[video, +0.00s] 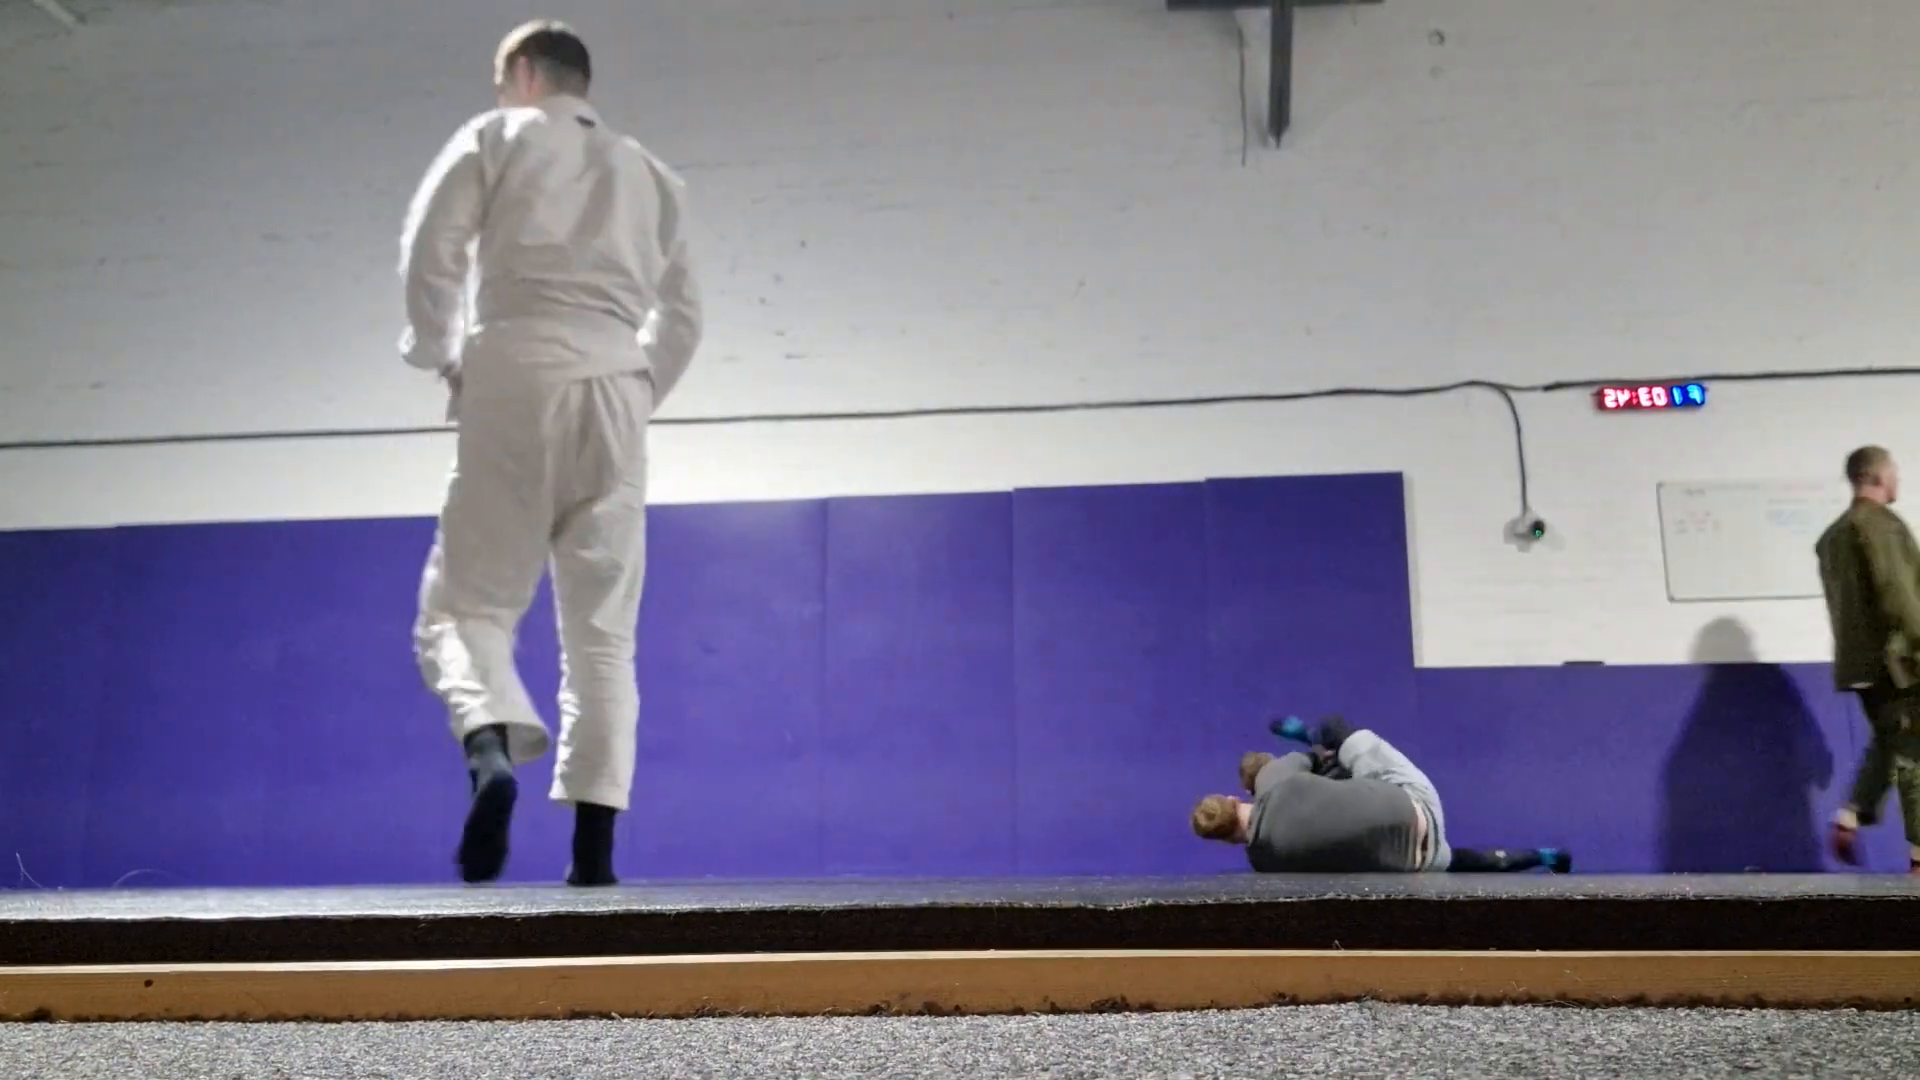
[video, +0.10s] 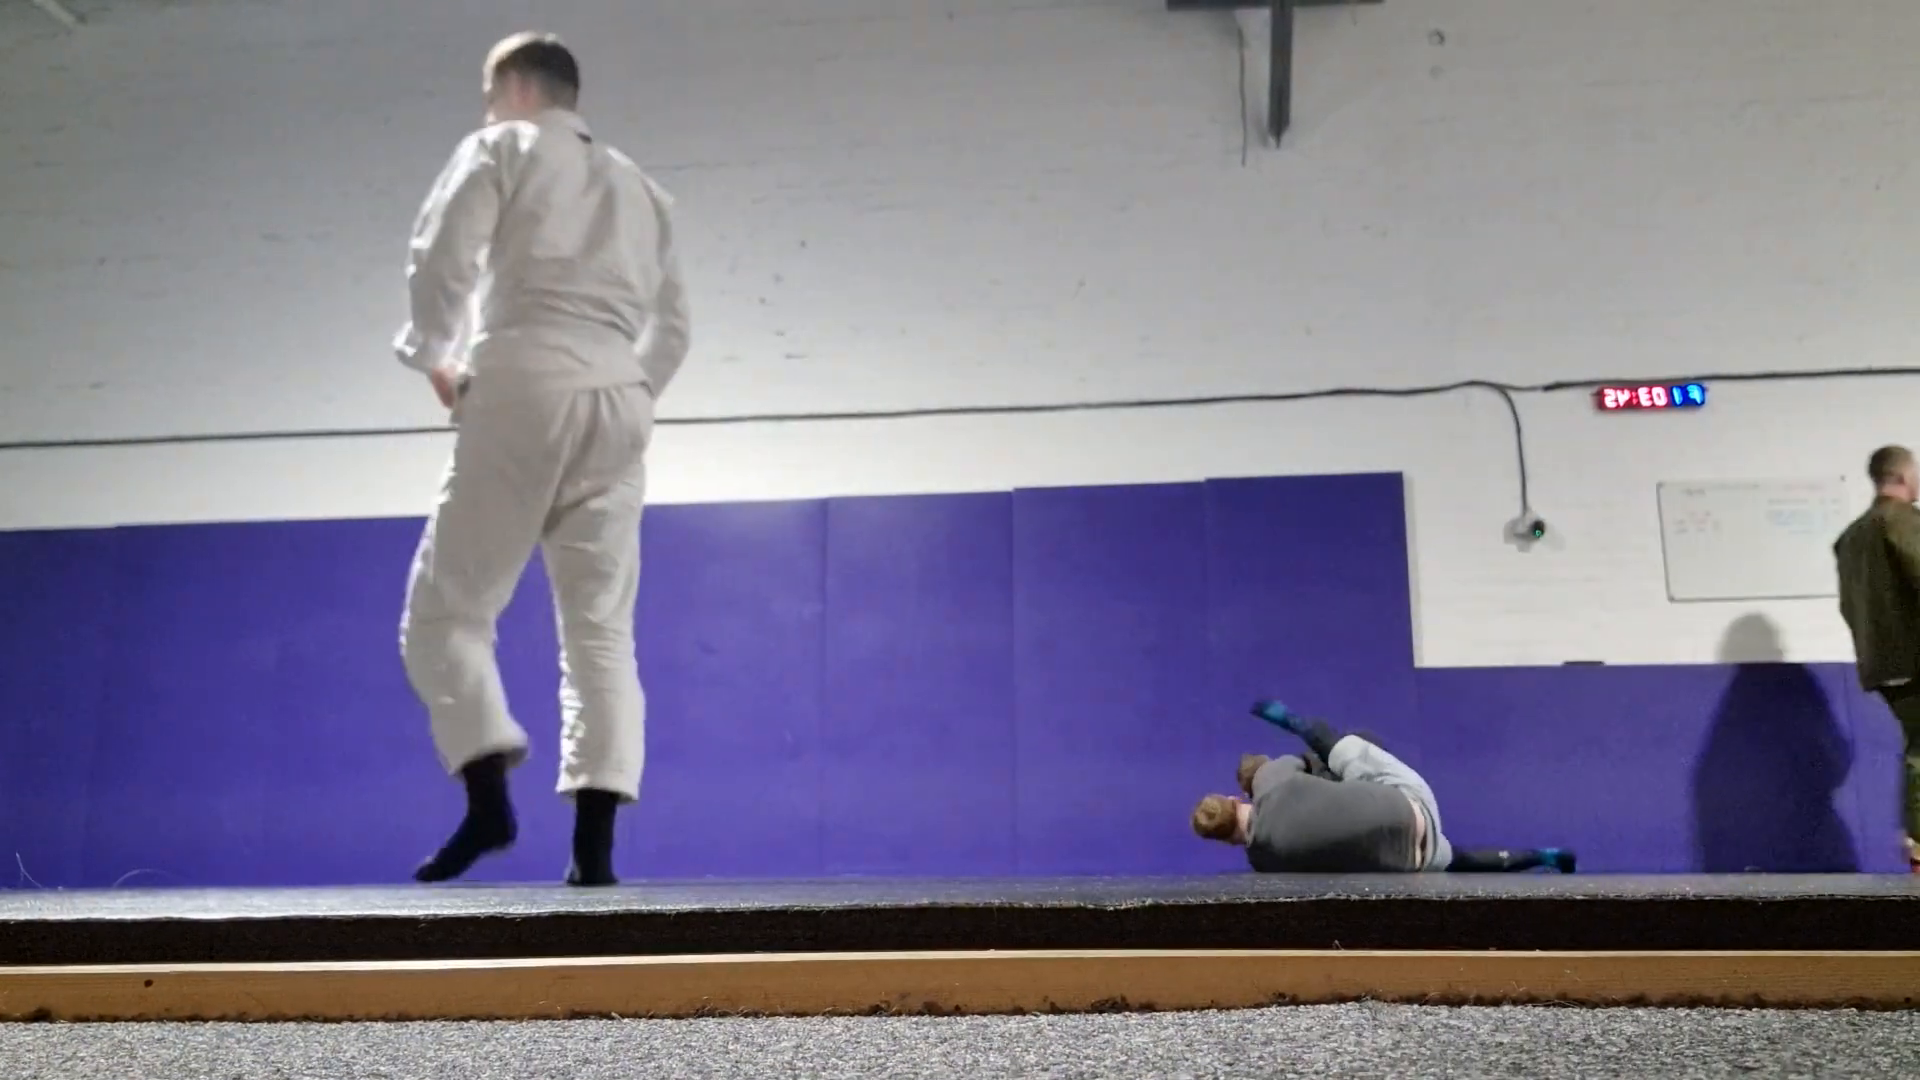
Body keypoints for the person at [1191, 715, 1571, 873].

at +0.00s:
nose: (1257, 769)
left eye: (1221, 829)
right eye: (1250, 775)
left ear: (1226, 840)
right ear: (1242, 792)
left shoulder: (1265, 863)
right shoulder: (1273, 779)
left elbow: (1323, 861)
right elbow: (1317, 758)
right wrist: (1322, 755)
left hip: (1418, 861)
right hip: (1419, 809)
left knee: (1451, 858)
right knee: (1355, 738)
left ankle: (1533, 859)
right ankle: (1314, 734)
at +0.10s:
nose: (1252, 779)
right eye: (1248, 780)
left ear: (1224, 841)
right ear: (1243, 791)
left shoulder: (1267, 864)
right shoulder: (1273, 779)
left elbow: (1324, 858)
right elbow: (1317, 760)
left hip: (1418, 860)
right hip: (1414, 806)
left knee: (1457, 860)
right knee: (1341, 747)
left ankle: (1539, 858)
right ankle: (1303, 723)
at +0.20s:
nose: (1244, 772)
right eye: (1240, 778)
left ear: (1223, 839)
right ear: (1238, 793)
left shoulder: (1262, 862)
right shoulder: (1268, 783)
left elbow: (1325, 852)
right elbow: (1311, 752)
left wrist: (1318, 781)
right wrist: (1316, 768)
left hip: (1414, 855)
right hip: (1405, 799)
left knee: (1471, 857)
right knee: (1326, 740)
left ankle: (1549, 858)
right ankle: (1262, 716)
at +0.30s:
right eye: (1233, 787)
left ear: (1220, 842)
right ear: (1232, 796)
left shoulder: (1261, 863)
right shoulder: (1269, 789)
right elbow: (1303, 751)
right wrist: (1276, 760)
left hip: (1412, 855)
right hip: (1400, 804)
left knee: (1472, 854)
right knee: (1312, 733)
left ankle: (1552, 855)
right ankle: (1265, 754)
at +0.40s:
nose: (1250, 772)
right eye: (1244, 778)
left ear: (1219, 841)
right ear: (1232, 794)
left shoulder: (1260, 864)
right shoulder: (1265, 782)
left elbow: (1323, 864)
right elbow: (1305, 753)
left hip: (1410, 857)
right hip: (1398, 801)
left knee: (1471, 856)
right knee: (1311, 731)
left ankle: (1550, 854)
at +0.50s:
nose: (1255, 773)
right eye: (1247, 777)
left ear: (1219, 840)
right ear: (1234, 794)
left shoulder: (1259, 862)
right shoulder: (1267, 783)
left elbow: (1319, 865)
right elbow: (1304, 757)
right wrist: (1302, 771)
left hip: (1413, 863)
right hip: (1407, 808)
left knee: (1459, 856)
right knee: (1320, 730)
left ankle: (1539, 861)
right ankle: (1321, 776)